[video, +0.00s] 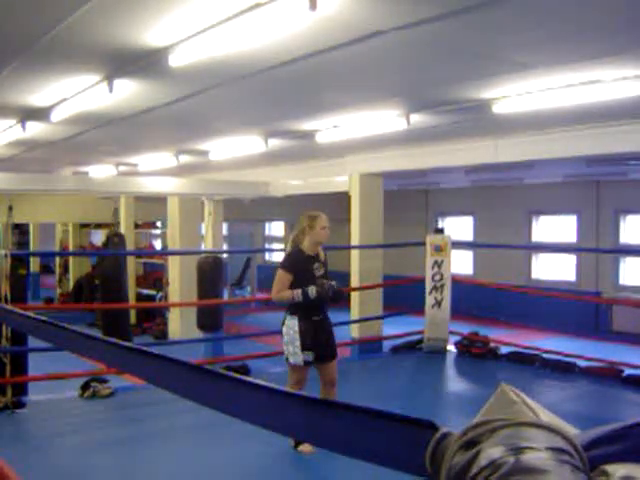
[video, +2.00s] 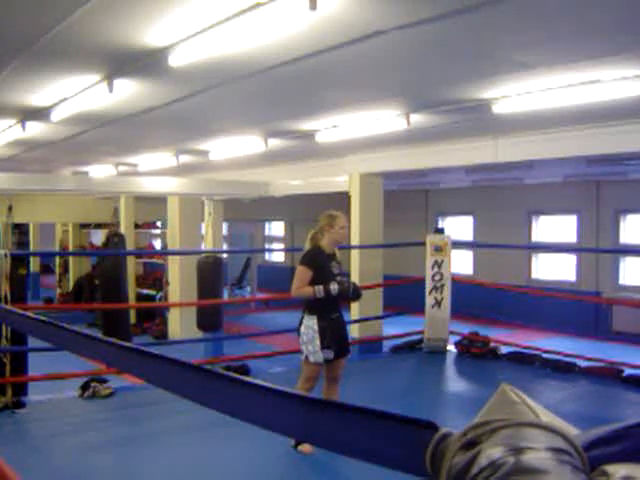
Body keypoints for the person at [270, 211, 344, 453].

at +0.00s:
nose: (327, 233)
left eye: (327, 229)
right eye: (323, 228)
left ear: (321, 231)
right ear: (308, 230)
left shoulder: (321, 256)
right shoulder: (293, 258)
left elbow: (319, 285)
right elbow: (277, 294)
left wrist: (330, 289)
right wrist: (307, 292)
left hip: (320, 318)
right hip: (298, 320)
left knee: (330, 380)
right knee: (297, 380)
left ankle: (326, 431)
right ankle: (297, 434)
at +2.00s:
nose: (346, 234)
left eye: (346, 229)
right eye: (342, 229)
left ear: (336, 230)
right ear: (328, 229)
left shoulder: (334, 258)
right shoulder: (312, 255)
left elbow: (331, 289)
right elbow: (296, 289)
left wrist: (349, 290)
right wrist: (328, 289)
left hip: (334, 317)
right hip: (315, 318)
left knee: (334, 378)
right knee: (309, 379)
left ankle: (329, 429)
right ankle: (299, 431)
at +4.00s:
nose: (347, 233)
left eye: (347, 229)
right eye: (343, 228)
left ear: (338, 230)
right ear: (329, 230)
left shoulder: (336, 258)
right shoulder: (314, 256)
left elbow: (333, 288)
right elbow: (298, 290)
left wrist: (350, 291)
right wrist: (329, 289)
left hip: (335, 318)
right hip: (316, 319)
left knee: (334, 378)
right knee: (309, 379)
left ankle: (329, 428)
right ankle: (299, 431)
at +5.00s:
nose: (347, 233)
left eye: (347, 229)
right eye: (343, 229)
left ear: (338, 231)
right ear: (329, 229)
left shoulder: (336, 258)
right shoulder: (314, 256)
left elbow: (333, 288)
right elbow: (298, 290)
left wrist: (350, 290)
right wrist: (329, 289)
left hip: (335, 318)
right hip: (316, 318)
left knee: (334, 377)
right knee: (309, 378)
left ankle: (330, 428)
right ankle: (299, 431)